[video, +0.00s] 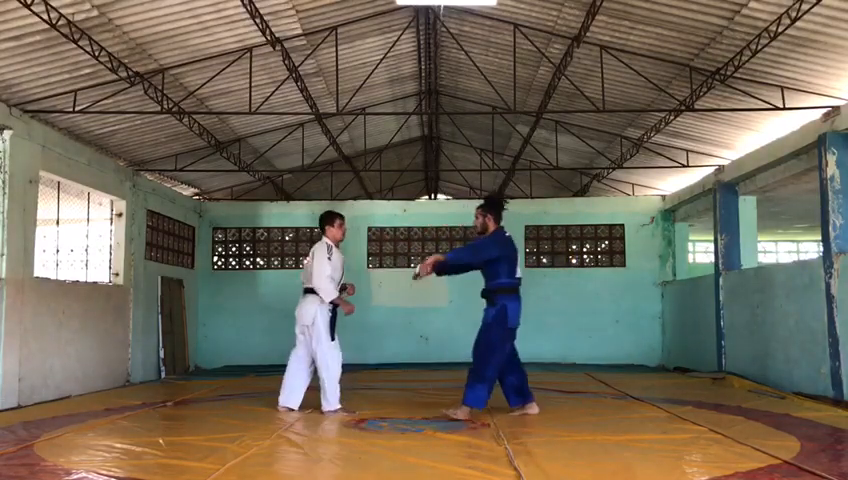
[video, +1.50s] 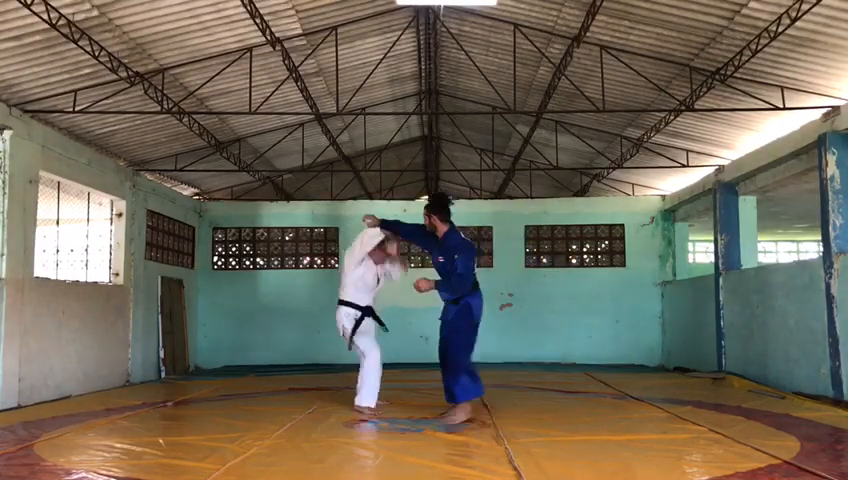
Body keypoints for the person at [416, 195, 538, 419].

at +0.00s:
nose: (475, 223)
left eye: (477, 218)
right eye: (475, 218)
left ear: (487, 218)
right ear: (492, 219)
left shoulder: (497, 241)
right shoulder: (499, 241)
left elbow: (472, 255)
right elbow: (469, 263)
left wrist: (440, 259)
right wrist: (438, 267)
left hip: (502, 305)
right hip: (503, 303)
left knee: (484, 352)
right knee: (504, 352)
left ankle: (466, 407)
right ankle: (527, 403)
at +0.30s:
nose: (485, 215)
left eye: (488, 211)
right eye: (485, 211)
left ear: (499, 213)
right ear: (502, 213)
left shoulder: (514, 238)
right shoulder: (499, 240)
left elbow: (498, 265)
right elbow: (485, 270)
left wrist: (483, 248)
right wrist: (454, 270)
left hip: (520, 300)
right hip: (509, 300)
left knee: (518, 351)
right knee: (509, 352)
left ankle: (545, 401)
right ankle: (524, 401)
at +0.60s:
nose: (478, 229)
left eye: (480, 225)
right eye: (478, 225)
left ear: (491, 225)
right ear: (493, 225)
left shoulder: (517, 249)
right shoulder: (492, 251)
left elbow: (505, 284)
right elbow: (485, 279)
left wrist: (477, 267)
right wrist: (456, 273)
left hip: (527, 309)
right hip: (506, 308)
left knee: (536, 359)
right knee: (484, 348)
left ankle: (558, 411)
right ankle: (480, 400)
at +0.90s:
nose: (447, 236)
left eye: (449, 231)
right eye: (447, 231)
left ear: (459, 232)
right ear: (464, 231)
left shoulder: (486, 254)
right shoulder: (462, 256)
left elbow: (477, 288)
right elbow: (451, 277)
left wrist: (447, 276)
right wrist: (424, 277)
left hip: (504, 307)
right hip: (484, 307)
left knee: (508, 351)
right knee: (468, 351)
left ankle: (540, 398)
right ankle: (464, 405)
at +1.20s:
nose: (440, 230)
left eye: (441, 225)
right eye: (440, 226)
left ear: (448, 225)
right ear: (457, 224)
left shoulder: (477, 249)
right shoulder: (449, 247)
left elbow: (470, 283)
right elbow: (422, 244)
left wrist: (442, 277)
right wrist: (393, 245)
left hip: (493, 305)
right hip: (473, 305)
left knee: (492, 355)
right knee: (460, 349)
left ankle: (503, 411)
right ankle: (463, 404)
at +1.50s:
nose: (425, 220)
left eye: (426, 216)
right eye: (425, 217)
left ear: (432, 218)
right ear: (441, 217)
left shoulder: (461, 246)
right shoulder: (432, 237)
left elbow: (462, 283)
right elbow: (407, 230)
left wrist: (433, 285)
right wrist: (380, 223)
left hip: (467, 303)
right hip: (453, 302)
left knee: (456, 350)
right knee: (447, 350)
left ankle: (463, 405)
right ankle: (458, 403)